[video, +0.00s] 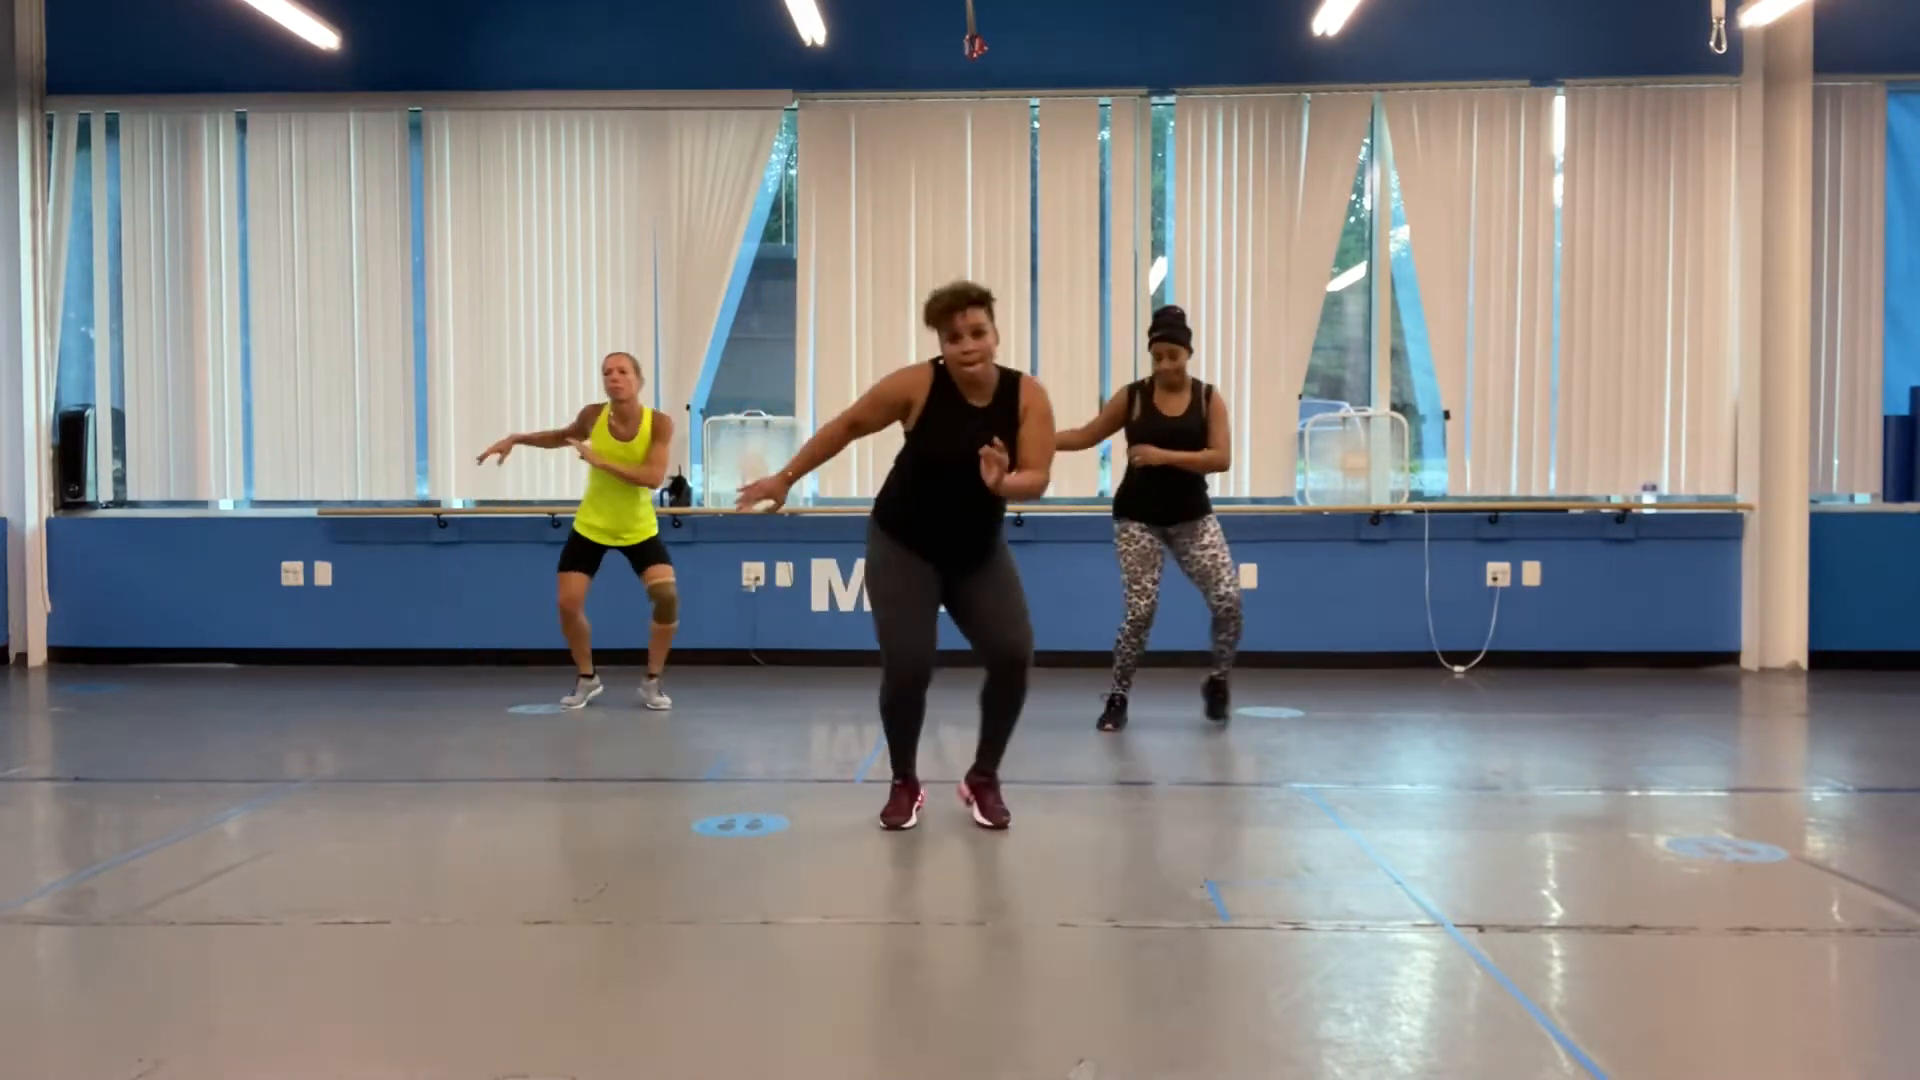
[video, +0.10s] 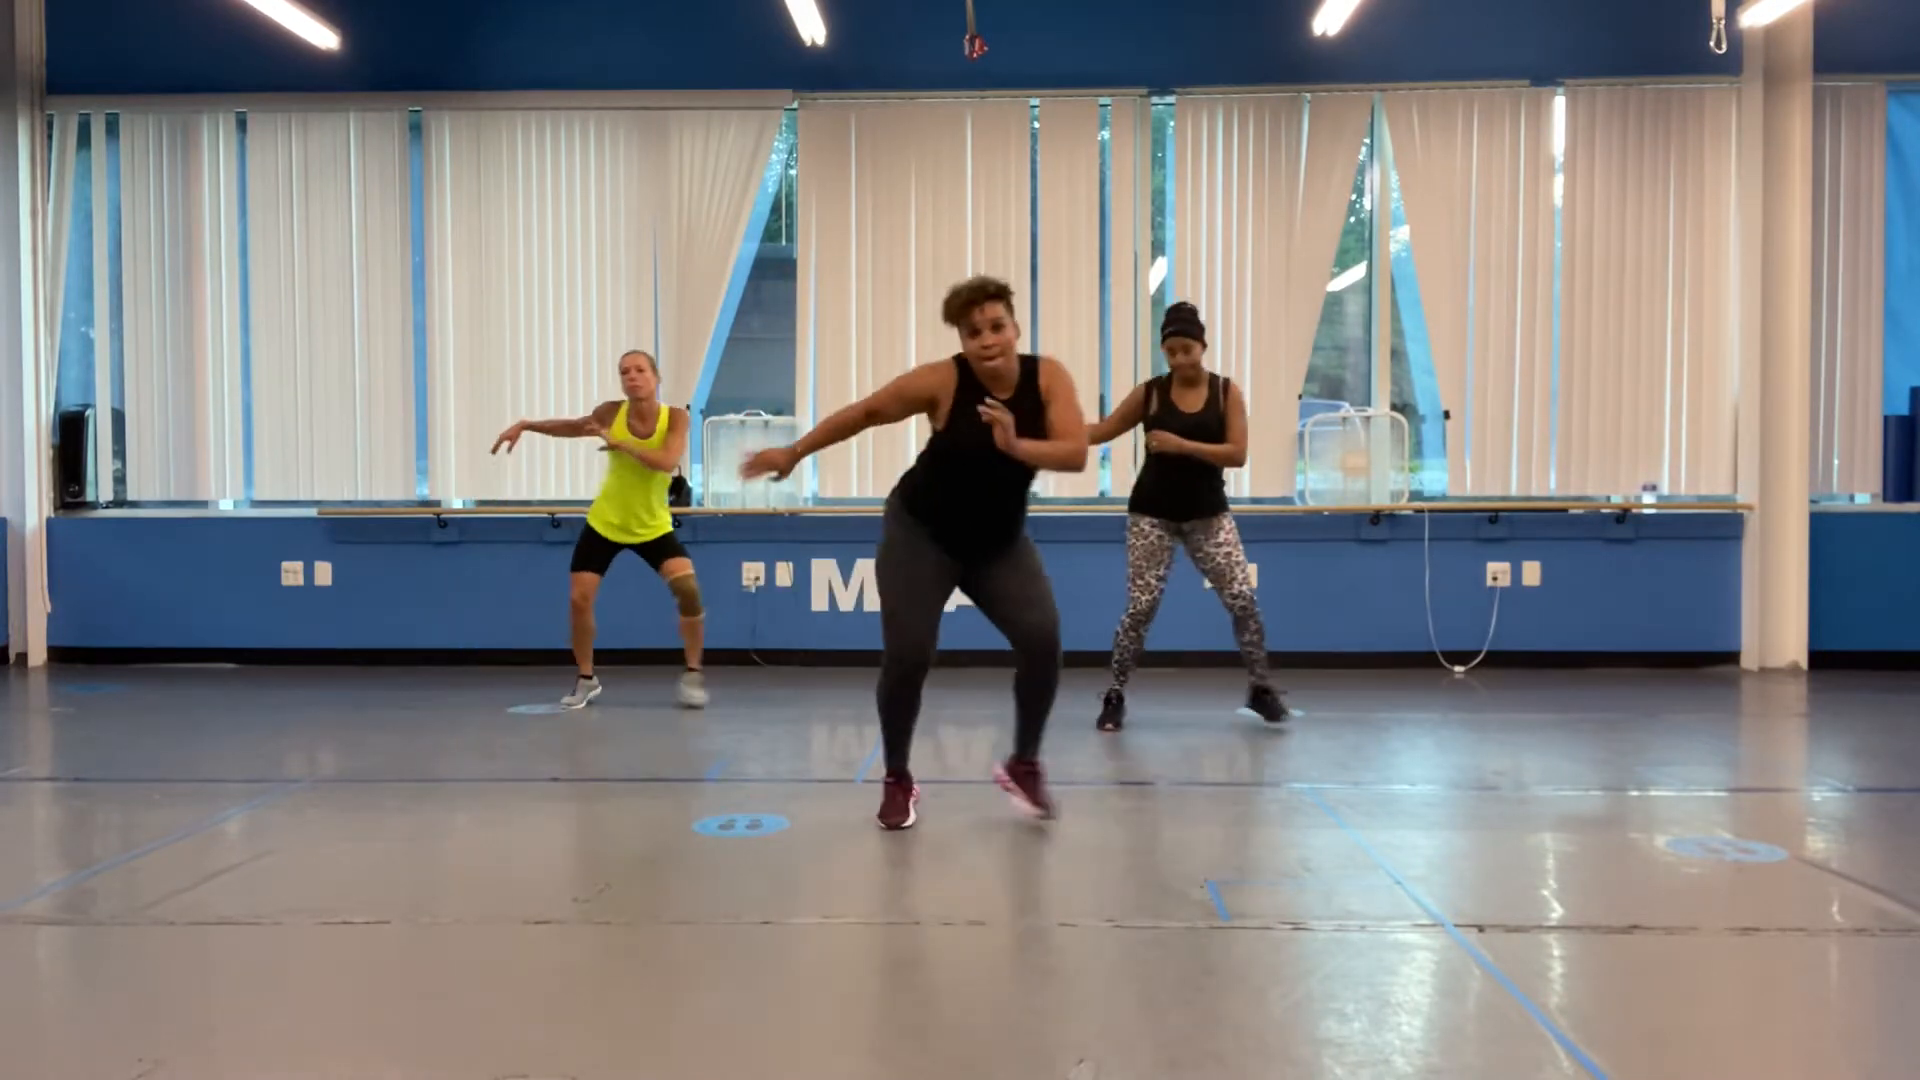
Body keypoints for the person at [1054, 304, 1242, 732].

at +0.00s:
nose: (1166, 364)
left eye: (1174, 355)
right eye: (1159, 356)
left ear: (1188, 353)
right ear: (1150, 356)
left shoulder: (1208, 398)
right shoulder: (1131, 398)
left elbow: (1220, 459)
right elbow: (1085, 436)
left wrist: (1163, 455)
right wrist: (1037, 439)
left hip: (1192, 518)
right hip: (1137, 518)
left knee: (1228, 600)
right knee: (1141, 610)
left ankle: (1219, 683)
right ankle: (1118, 697)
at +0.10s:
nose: (1179, 355)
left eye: (1186, 347)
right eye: (1172, 348)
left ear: (1202, 346)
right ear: (1164, 350)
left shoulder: (1227, 393)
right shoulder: (1148, 394)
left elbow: (1237, 455)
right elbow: (1103, 431)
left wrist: (1181, 445)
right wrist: (1061, 428)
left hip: (1208, 515)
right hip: (1152, 515)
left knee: (1241, 598)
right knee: (1142, 606)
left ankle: (1261, 688)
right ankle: (1114, 694)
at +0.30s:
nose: (1206, 372)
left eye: (1212, 362)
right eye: (1198, 365)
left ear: (1227, 361)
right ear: (1188, 369)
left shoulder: (1255, 409)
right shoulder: (1177, 418)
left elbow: (1276, 472)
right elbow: (1148, 476)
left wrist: (1235, 505)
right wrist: (1103, 484)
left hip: (1244, 527)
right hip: (1186, 529)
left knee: (1270, 613)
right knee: (1176, 609)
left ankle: (1284, 703)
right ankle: (1128, 664)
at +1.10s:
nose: (1185, 351)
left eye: (1192, 344)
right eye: (1176, 346)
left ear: (1205, 353)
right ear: (1166, 359)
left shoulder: (1232, 399)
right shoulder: (1152, 408)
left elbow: (1247, 463)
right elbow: (1111, 450)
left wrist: (1202, 485)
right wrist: (1066, 460)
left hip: (1216, 518)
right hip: (1160, 516)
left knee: (1234, 603)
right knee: (1145, 601)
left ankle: (1262, 698)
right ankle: (1103, 690)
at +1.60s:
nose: (1160, 344)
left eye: (1167, 337)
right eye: (1152, 339)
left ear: (1180, 349)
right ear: (1140, 352)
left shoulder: (1196, 395)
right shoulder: (1120, 400)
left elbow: (1238, 434)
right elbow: (1117, 458)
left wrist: (1296, 453)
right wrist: (1172, 443)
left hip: (1191, 514)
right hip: (1136, 517)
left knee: (1217, 604)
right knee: (1123, 609)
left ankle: (1261, 697)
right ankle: (1107, 693)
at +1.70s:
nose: (1146, 347)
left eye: (1152, 341)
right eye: (1137, 342)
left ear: (1164, 352)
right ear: (1125, 354)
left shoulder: (1182, 400)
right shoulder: (1108, 402)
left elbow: (1222, 436)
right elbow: (1095, 458)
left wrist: (1280, 448)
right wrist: (1151, 434)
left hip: (1177, 518)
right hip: (1123, 521)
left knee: (1195, 601)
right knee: (1117, 609)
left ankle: (1223, 689)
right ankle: (1107, 693)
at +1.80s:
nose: (1131, 345)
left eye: (1139, 338)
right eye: (1123, 340)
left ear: (1151, 349)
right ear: (1112, 352)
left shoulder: (1172, 395)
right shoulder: (1098, 404)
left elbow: (1215, 433)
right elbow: (1086, 462)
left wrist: (1269, 453)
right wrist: (1142, 445)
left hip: (1170, 521)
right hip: (1115, 522)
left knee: (1177, 610)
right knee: (1099, 609)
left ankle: (1200, 698)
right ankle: (1102, 690)